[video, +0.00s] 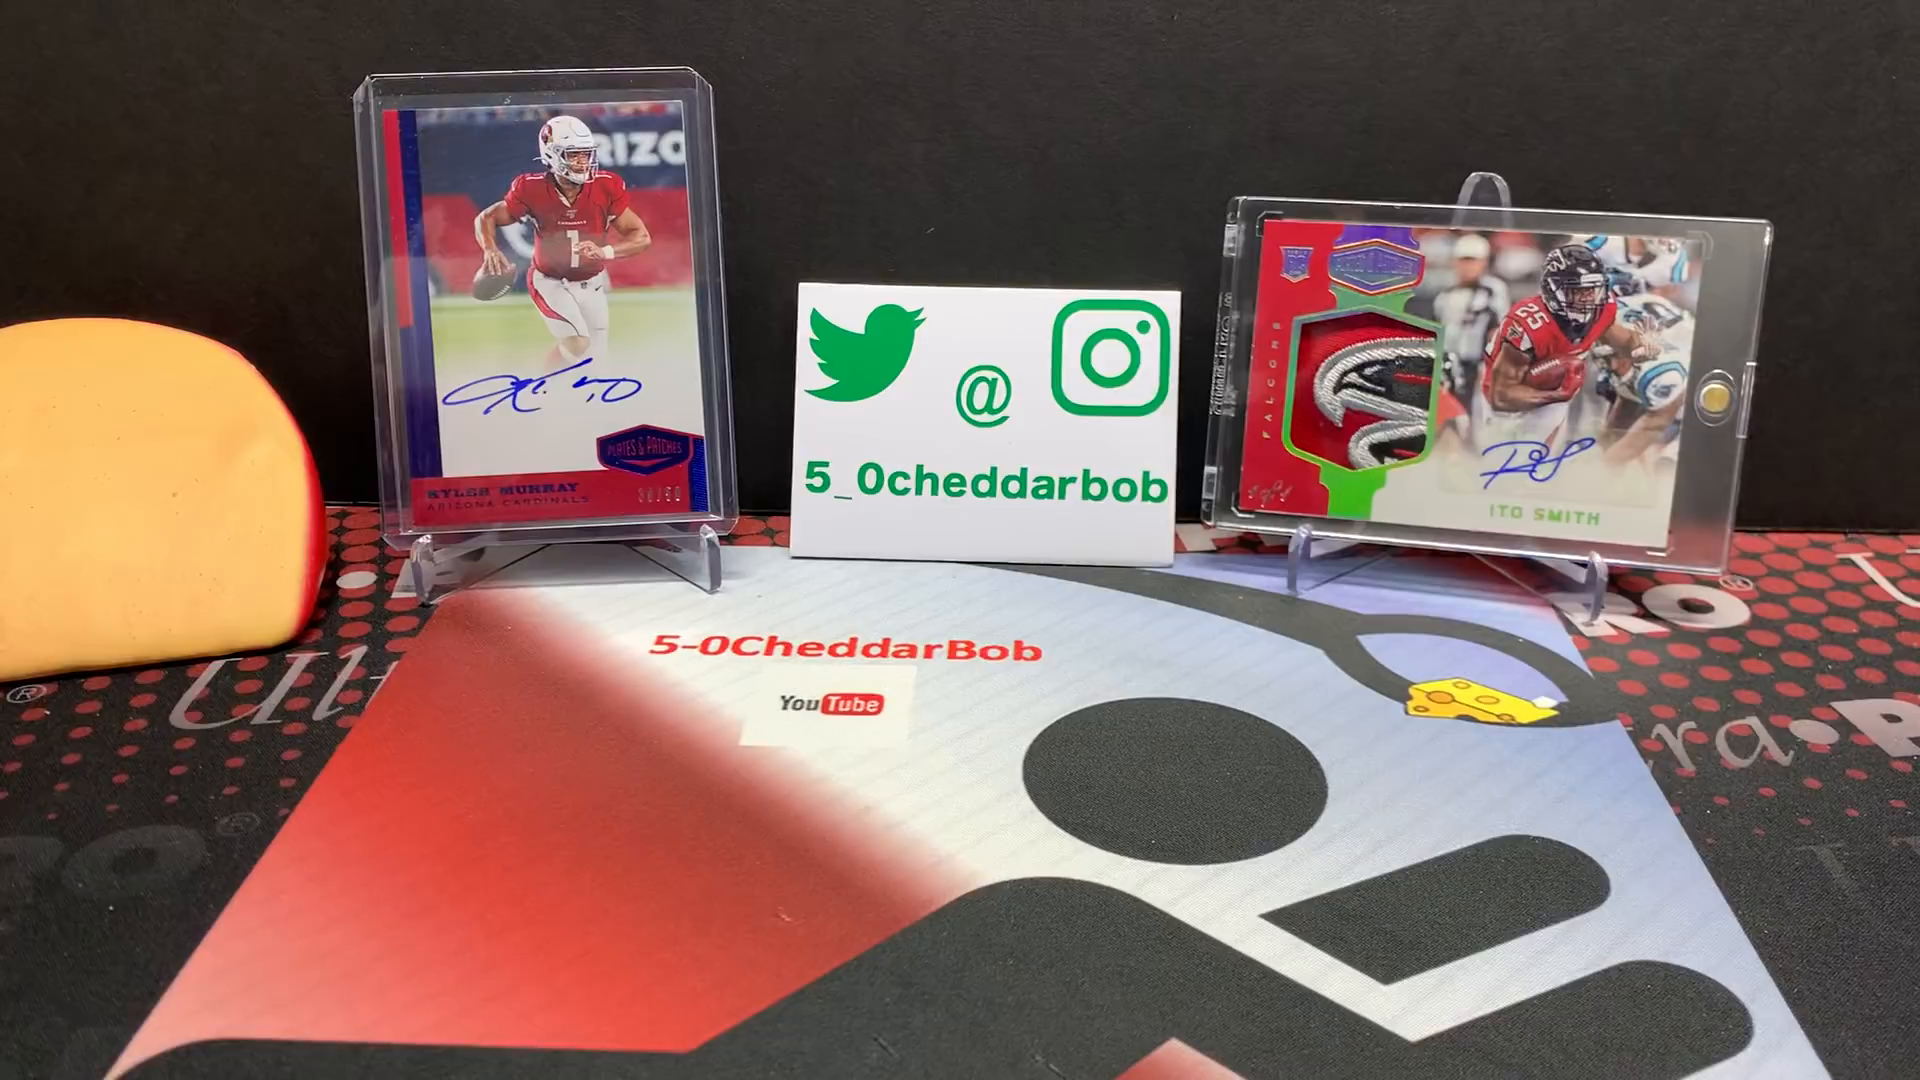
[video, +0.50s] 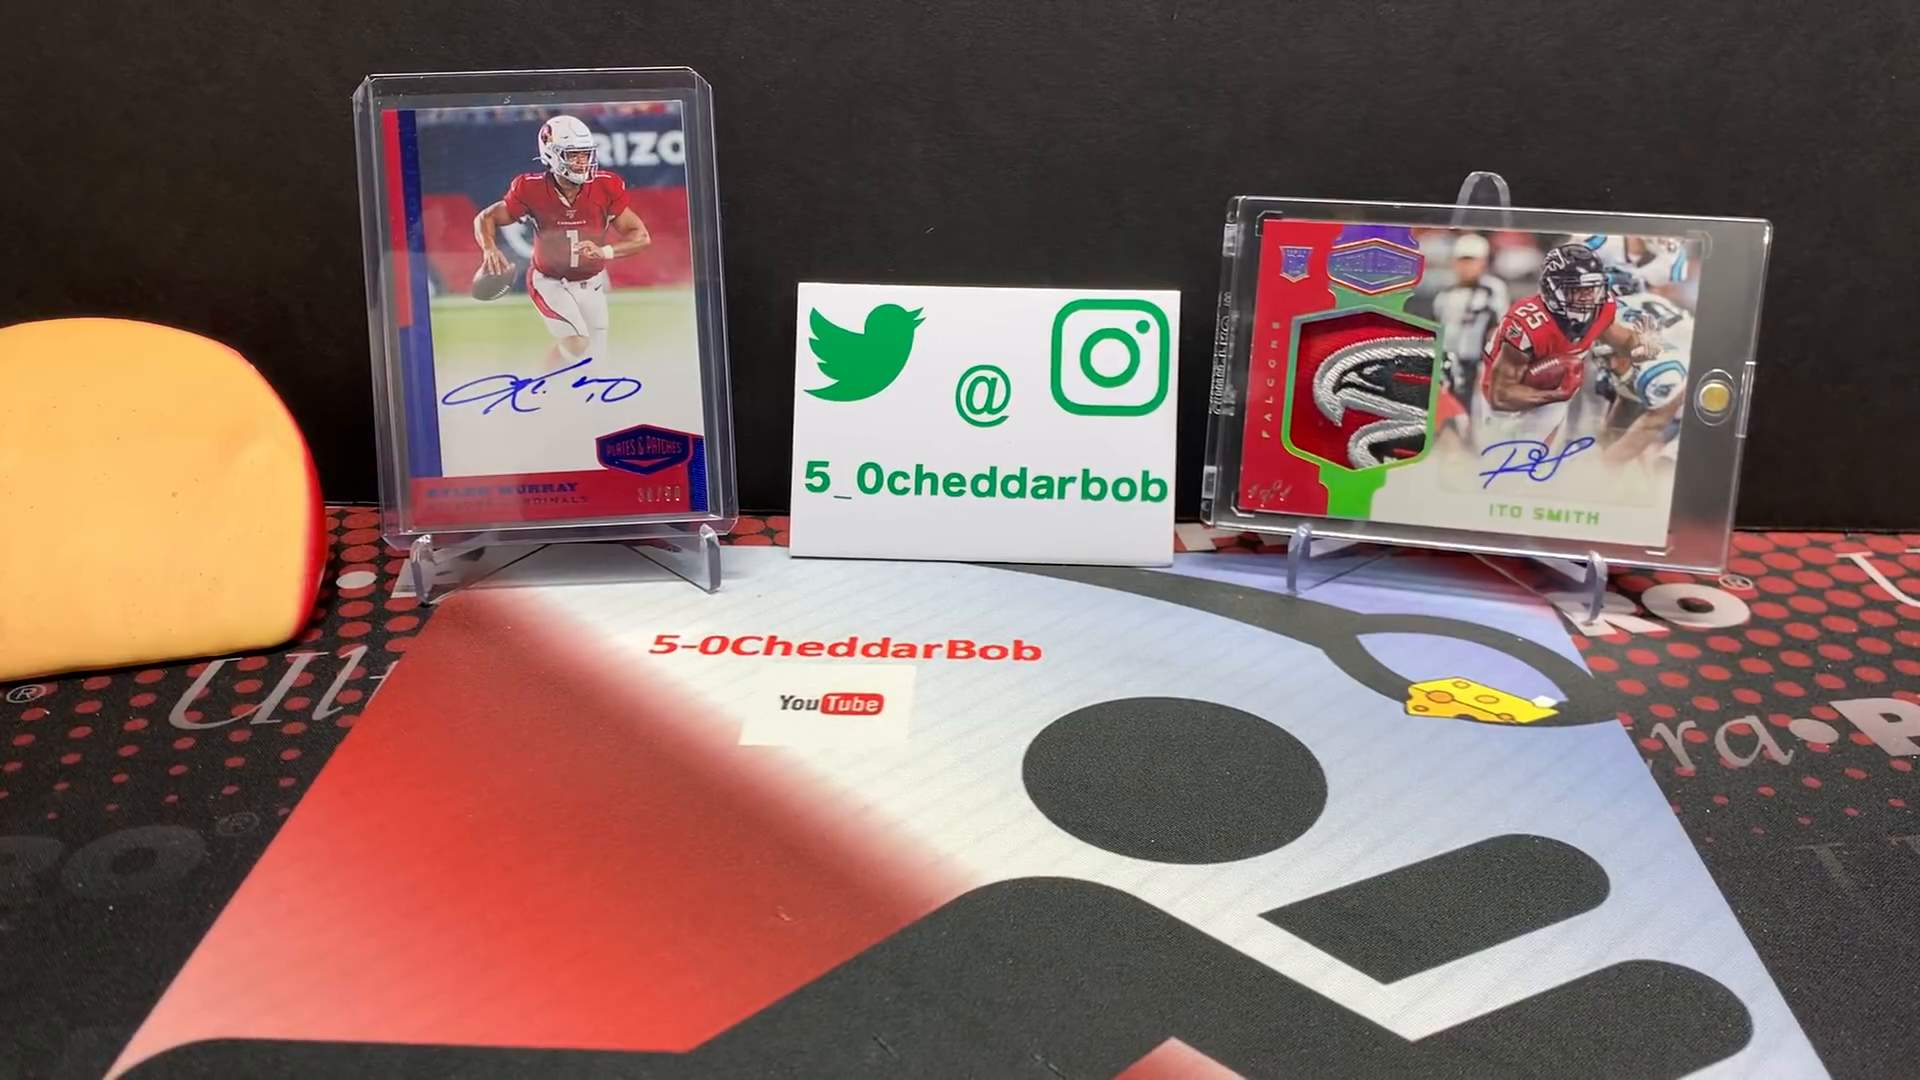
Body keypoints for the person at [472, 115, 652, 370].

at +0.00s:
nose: (580, 162)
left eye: (585, 155)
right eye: (573, 156)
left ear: (592, 154)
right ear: (552, 155)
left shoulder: (606, 187)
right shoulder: (529, 189)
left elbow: (642, 237)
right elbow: (484, 219)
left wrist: (605, 252)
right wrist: (490, 249)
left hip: (592, 282)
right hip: (549, 280)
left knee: (596, 361)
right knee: (576, 344)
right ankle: (534, 392)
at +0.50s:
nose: (580, 162)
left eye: (584, 155)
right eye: (572, 156)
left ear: (591, 154)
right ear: (551, 155)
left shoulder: (606, 186)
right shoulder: (529, 189)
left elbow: (641, 237)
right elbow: (484, 219)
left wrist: (605, 252)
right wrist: (489, 248)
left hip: (591, 282)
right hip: (548, 280)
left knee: (596, 361)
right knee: (576, 344)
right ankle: (534, 391)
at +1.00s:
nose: (581, 162)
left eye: (585, 155)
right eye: (573, 156)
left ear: (592, 154)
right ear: (552, 156)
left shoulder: (606, 187)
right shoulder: (530, 189)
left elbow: (641, 237)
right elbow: (484, 219)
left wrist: (605, 252)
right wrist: (490, 248)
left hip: (591, 282)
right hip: (548, 280)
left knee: (596, 362)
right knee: (577, 344)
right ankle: (534, 390)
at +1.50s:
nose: (580, 162)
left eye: (585, 155)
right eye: (572, 156)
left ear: (592, 154)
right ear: (551, 156)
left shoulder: (607, 187)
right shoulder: (529, 190)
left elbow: (641, 237)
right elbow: (484, 219)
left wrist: (605, 252)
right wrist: (490, 249)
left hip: (591, 282)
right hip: (548, 281)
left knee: (596, 362)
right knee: (577, 344)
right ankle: (533, 389)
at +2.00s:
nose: (581, 162)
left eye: (585, 155)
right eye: (573, 156)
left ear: (592, 154)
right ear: (552, 155)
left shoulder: (607, 187)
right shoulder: (530, 189)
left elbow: (641, 237)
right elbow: (484, 219)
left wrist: (605, 252)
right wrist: (490, 249)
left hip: (591, 282)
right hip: (548, 280)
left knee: (595, 362)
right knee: (577, 344)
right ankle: (533, 389)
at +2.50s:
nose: (580, 162)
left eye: (585, 155)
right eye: (572, 156)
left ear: (592, 154)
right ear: (552, 155)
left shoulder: (607, 187)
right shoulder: (530, 189)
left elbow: (641, 237)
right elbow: (484, 219)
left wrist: (606, 252)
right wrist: (490, 249)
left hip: (591, 283)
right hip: (549, 280)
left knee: (596, 363)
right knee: (576, 343)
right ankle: (534, 391)